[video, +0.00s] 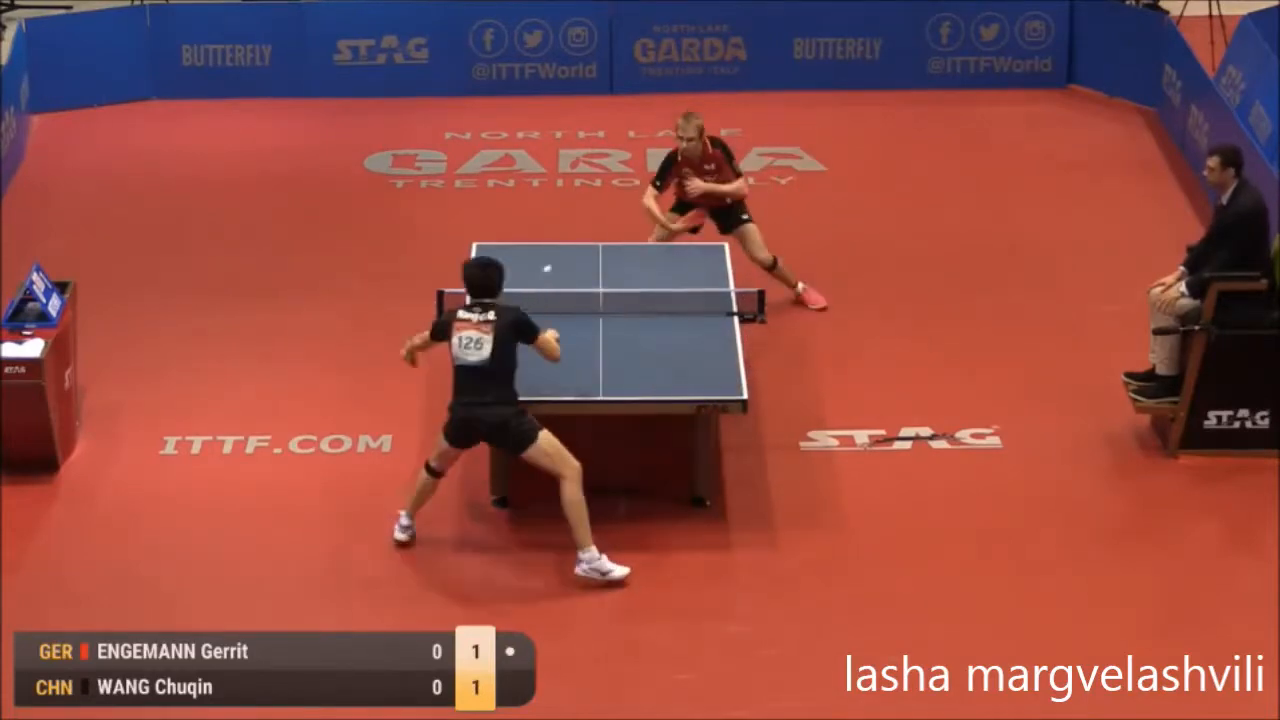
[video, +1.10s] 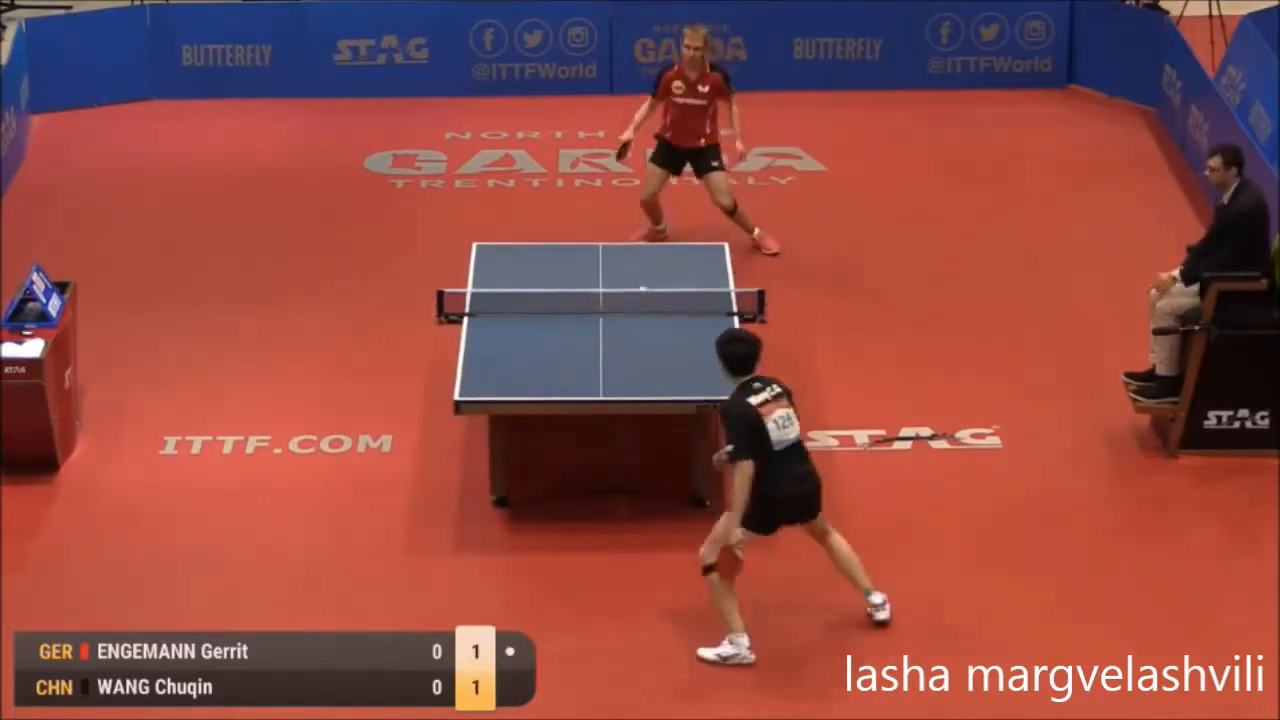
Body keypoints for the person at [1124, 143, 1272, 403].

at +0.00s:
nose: (1205, 174)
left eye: (1211, 169)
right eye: (1206, 168)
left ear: (1230, 172)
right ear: (1222, 172)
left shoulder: (1246, 206)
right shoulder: (1229, 199)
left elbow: (1227, 263)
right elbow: (1209, 244)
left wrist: (1184, 288)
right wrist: (1179, 274)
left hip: (1238, 291)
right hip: (1221, 279)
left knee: (1166, 305)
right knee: (1156, 295)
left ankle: (1169, 378)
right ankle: (1160, 369)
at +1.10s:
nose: (1207, 175)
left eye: (1213, 169)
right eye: (1207, 169)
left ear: (1232, 170)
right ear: (1225, 172)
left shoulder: (1245, 205)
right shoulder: (1231, 199)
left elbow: (1221, 257)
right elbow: (1210, 244)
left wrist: (1178, 279)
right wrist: (1177, 272)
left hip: (1236, 288)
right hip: (1222, 278)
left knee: (1165, 307)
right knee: (1157, 296)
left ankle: (1168, 378)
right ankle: (1160, 369)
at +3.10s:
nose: (1207, 175)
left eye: (1213, 170)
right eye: (1207, 169)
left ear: (1232, 172)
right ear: (1224, 172)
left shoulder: (1249, 206)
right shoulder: (1226, 199)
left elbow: (1229, 264)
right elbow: (1205, 240)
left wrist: (1184, 288)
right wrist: (1173, 274)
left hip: (1242, 292)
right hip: (1224, 280)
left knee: (1168, 307)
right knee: (1159, 297)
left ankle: (1168, 379)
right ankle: (1159, 370)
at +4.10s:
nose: (1180, 179)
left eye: (1186, 173)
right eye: (1179, 174)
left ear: (1206, 174)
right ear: (1201, 175)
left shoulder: (1223, 204)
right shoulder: (1211, 201)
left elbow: (1210, 257)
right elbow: (1196, 250)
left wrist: (1177, 292)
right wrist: (1169, 278)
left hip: (1241, 292)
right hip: (1225, 283)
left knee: (1166, 307)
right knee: (1157, 297)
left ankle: (1171, 380)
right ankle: (1161, 369)